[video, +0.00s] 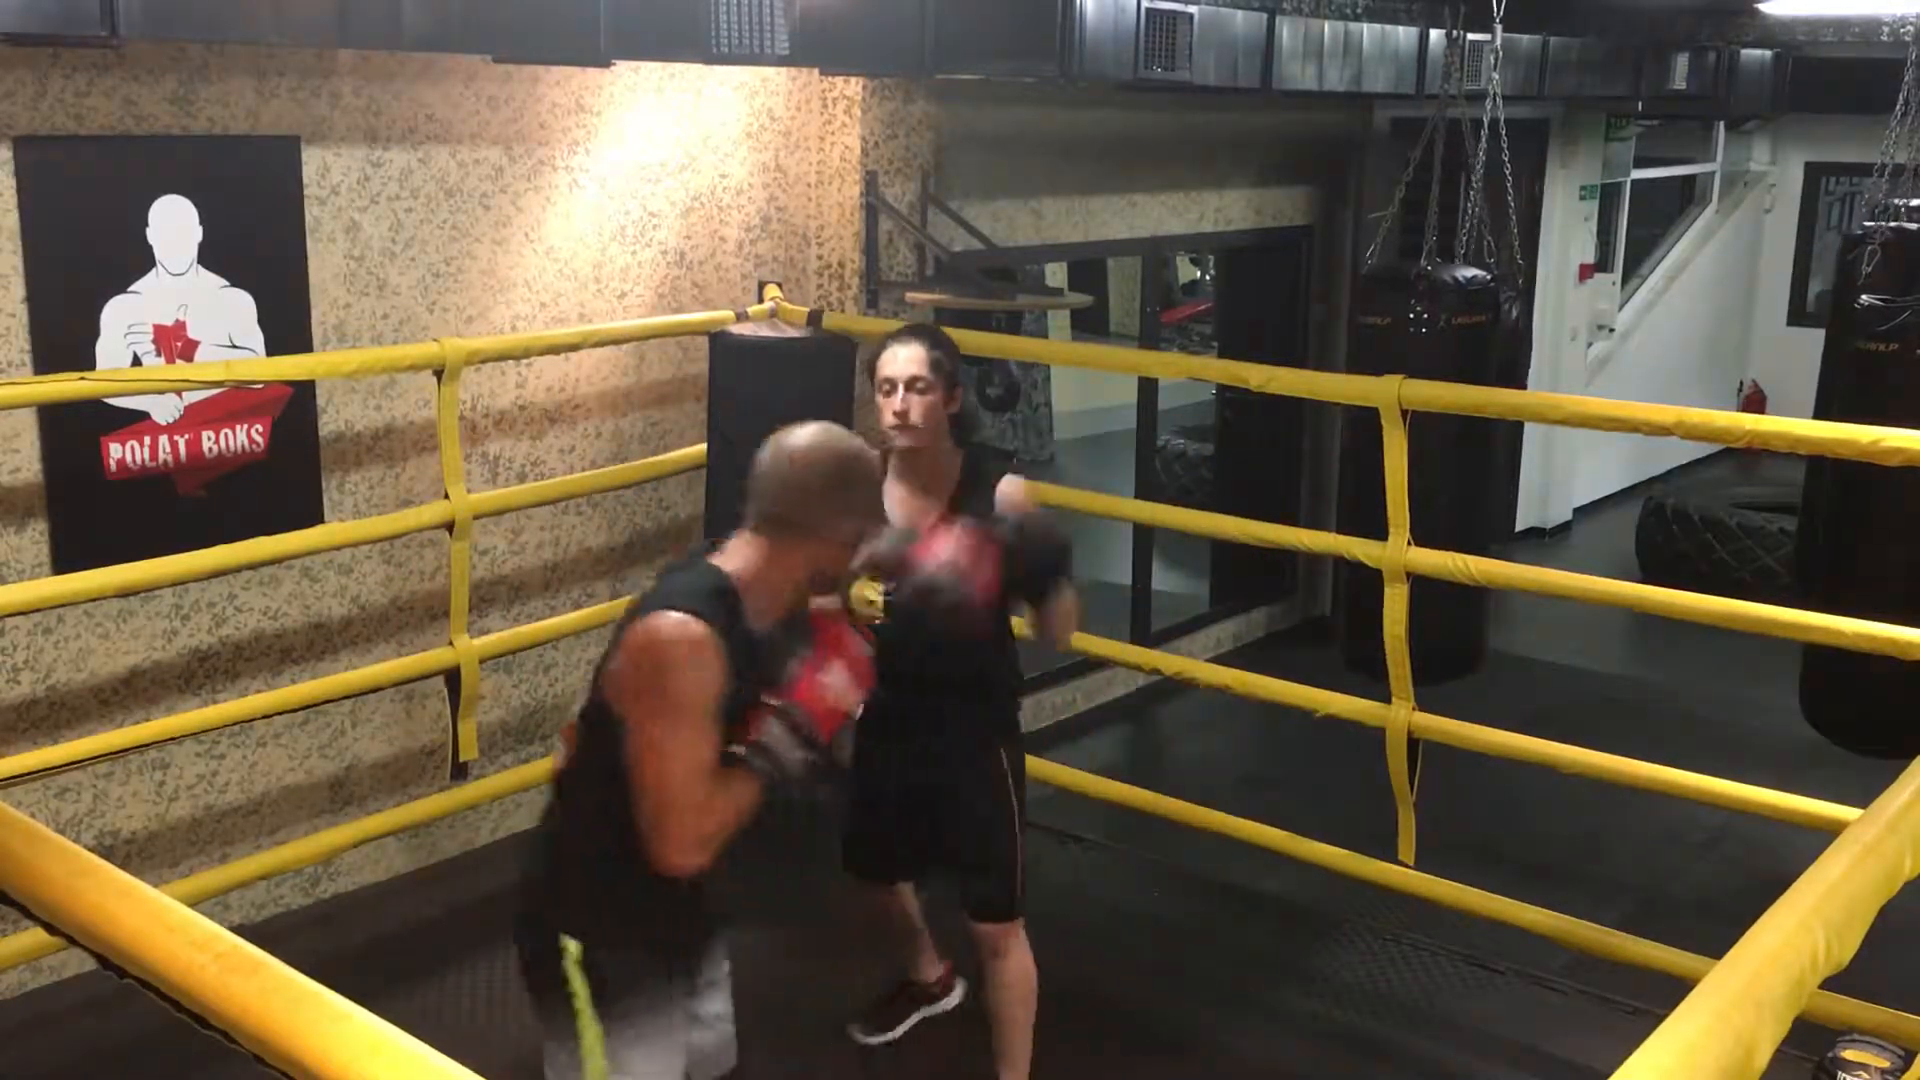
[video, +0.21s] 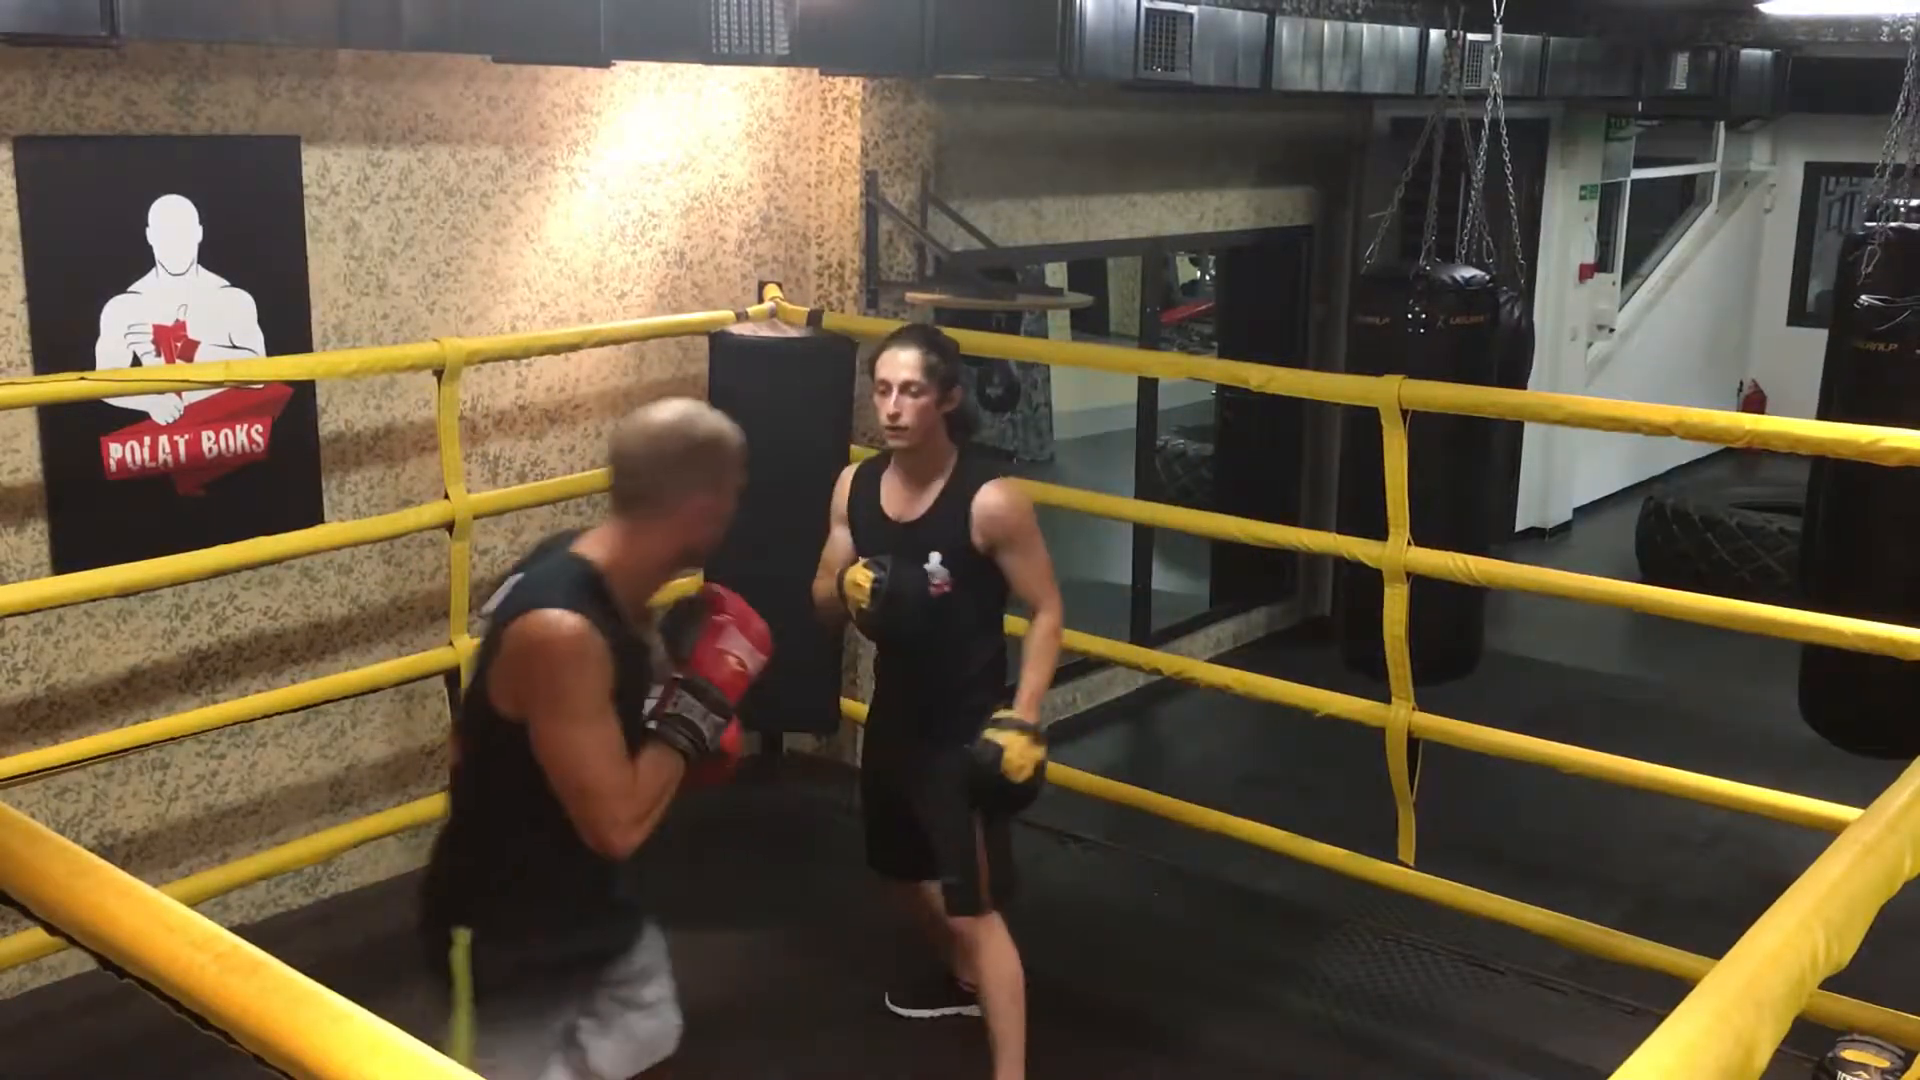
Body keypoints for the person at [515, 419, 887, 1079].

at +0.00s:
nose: (863, 557)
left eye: (867, 540)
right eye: (861, 539)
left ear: (771, 508)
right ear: (831, 537)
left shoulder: (767, 610)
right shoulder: (676, 634)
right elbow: (679, 839)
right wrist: (799, 721)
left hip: (689, 924)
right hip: (608, 954)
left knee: (709, 1063)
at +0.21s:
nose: (732, 512)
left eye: (733, 496)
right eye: (730, 496)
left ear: (629, 485)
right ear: (697, 506)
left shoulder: (610, 584)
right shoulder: (555, 633)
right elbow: (618, 825)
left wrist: (683, 749)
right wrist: (699, 698)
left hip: (600, 911)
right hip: (512, 942)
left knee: (644, 1041)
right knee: (518, 1070)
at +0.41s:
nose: (605, 514)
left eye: (607, 497)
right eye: (607, 498)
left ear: (495, 484)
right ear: (583, 505)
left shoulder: (417, 562)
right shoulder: (484, 653)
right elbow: (548, 806)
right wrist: (586, 674)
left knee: (536, 1053)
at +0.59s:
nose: (537, 463)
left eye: (538, 445)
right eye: (536, 445)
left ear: (432, 442)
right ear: (515, 453)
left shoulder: (354, 540)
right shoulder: (432, 596)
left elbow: (365, 709)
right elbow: (469, 786)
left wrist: (486, 637)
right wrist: (543, 672)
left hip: (318, 888)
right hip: (400, 910)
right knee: (460, 1060)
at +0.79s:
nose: (487, 478)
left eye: (485, 460)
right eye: (486, 460)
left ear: (378, 471)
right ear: (472, 468)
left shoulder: (327, 565)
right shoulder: (419, 605)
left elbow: (334, 734)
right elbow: (411, 804)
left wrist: (468, 719)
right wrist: (523, 753)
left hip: (289, 897)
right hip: (357, 915)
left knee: (323, 1060)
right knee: (430, 1068)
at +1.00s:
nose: (486, 488)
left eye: (482, 472)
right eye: (485, 475)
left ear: (366, 479)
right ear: (471, 486)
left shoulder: (291, 579)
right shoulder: (431, 631)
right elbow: (462, 828)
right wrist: (493, 711)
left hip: (265, 939)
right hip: (367, 961)